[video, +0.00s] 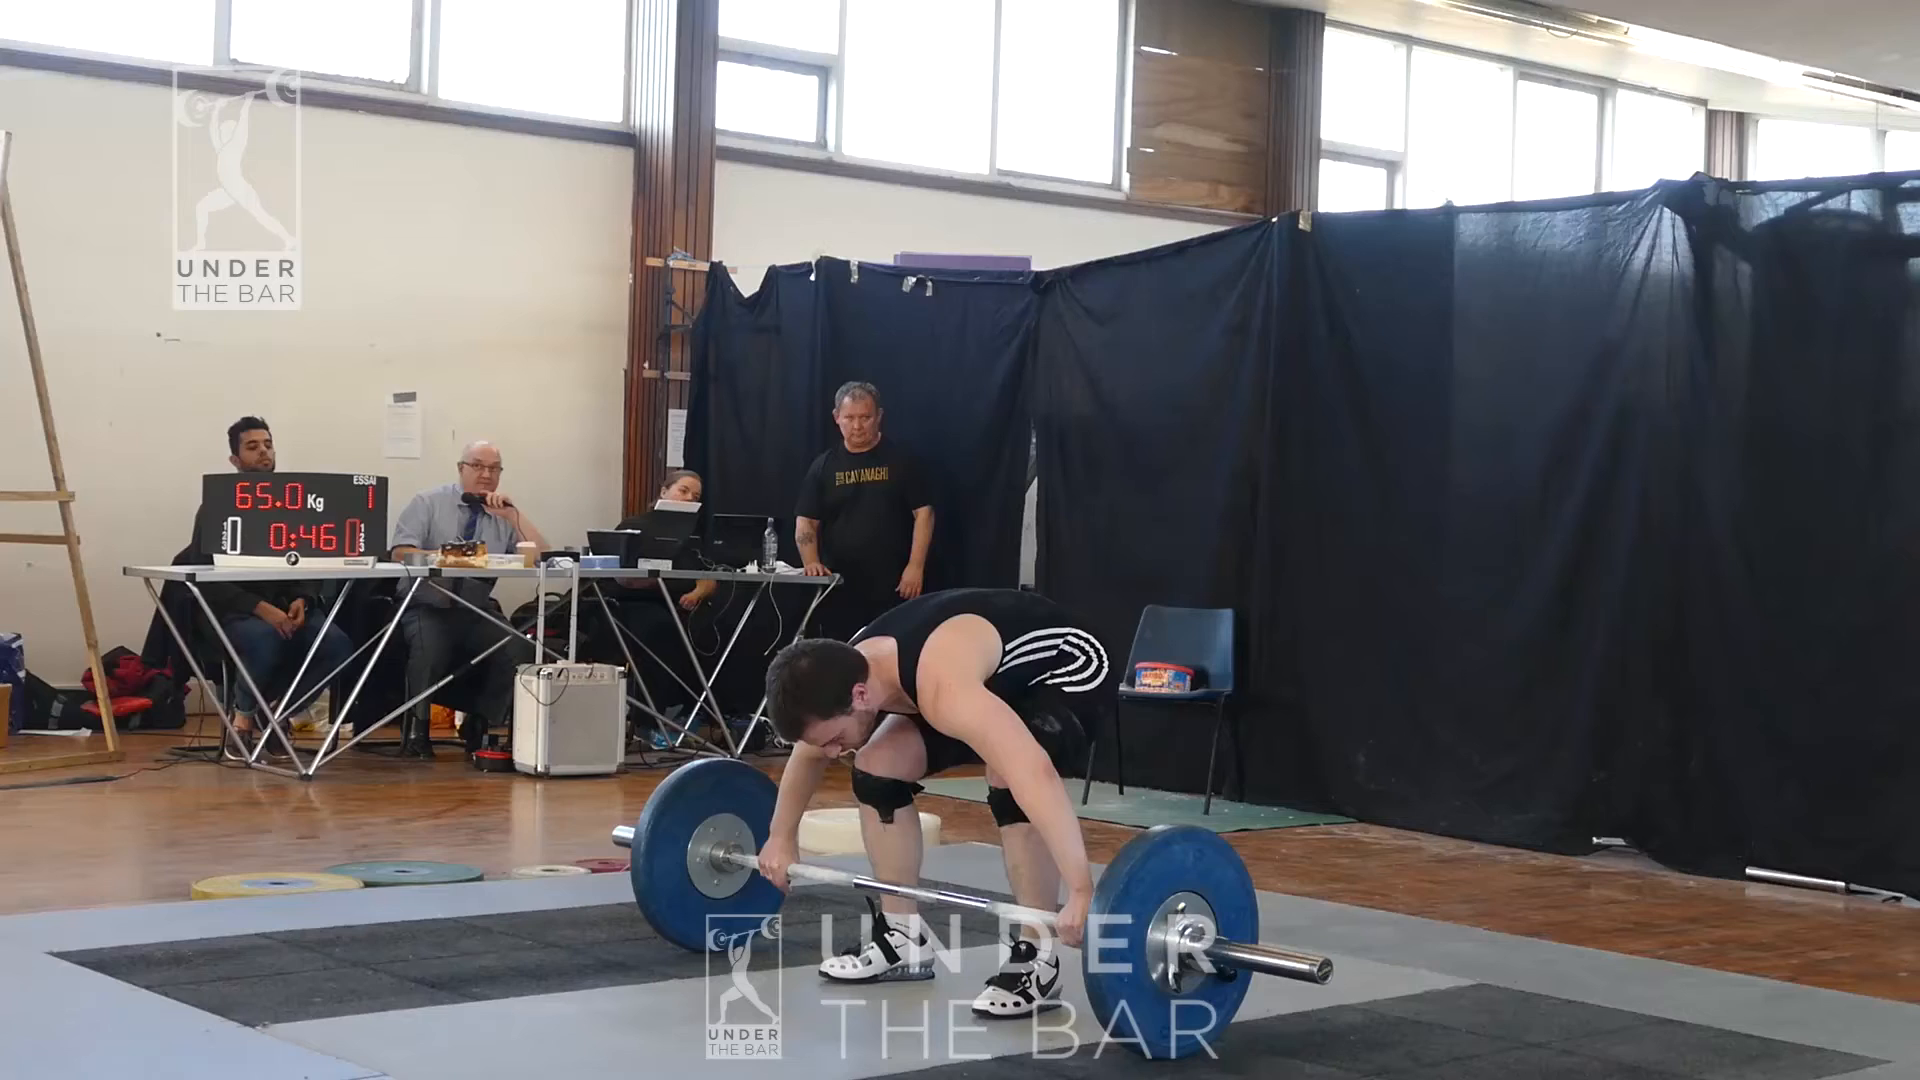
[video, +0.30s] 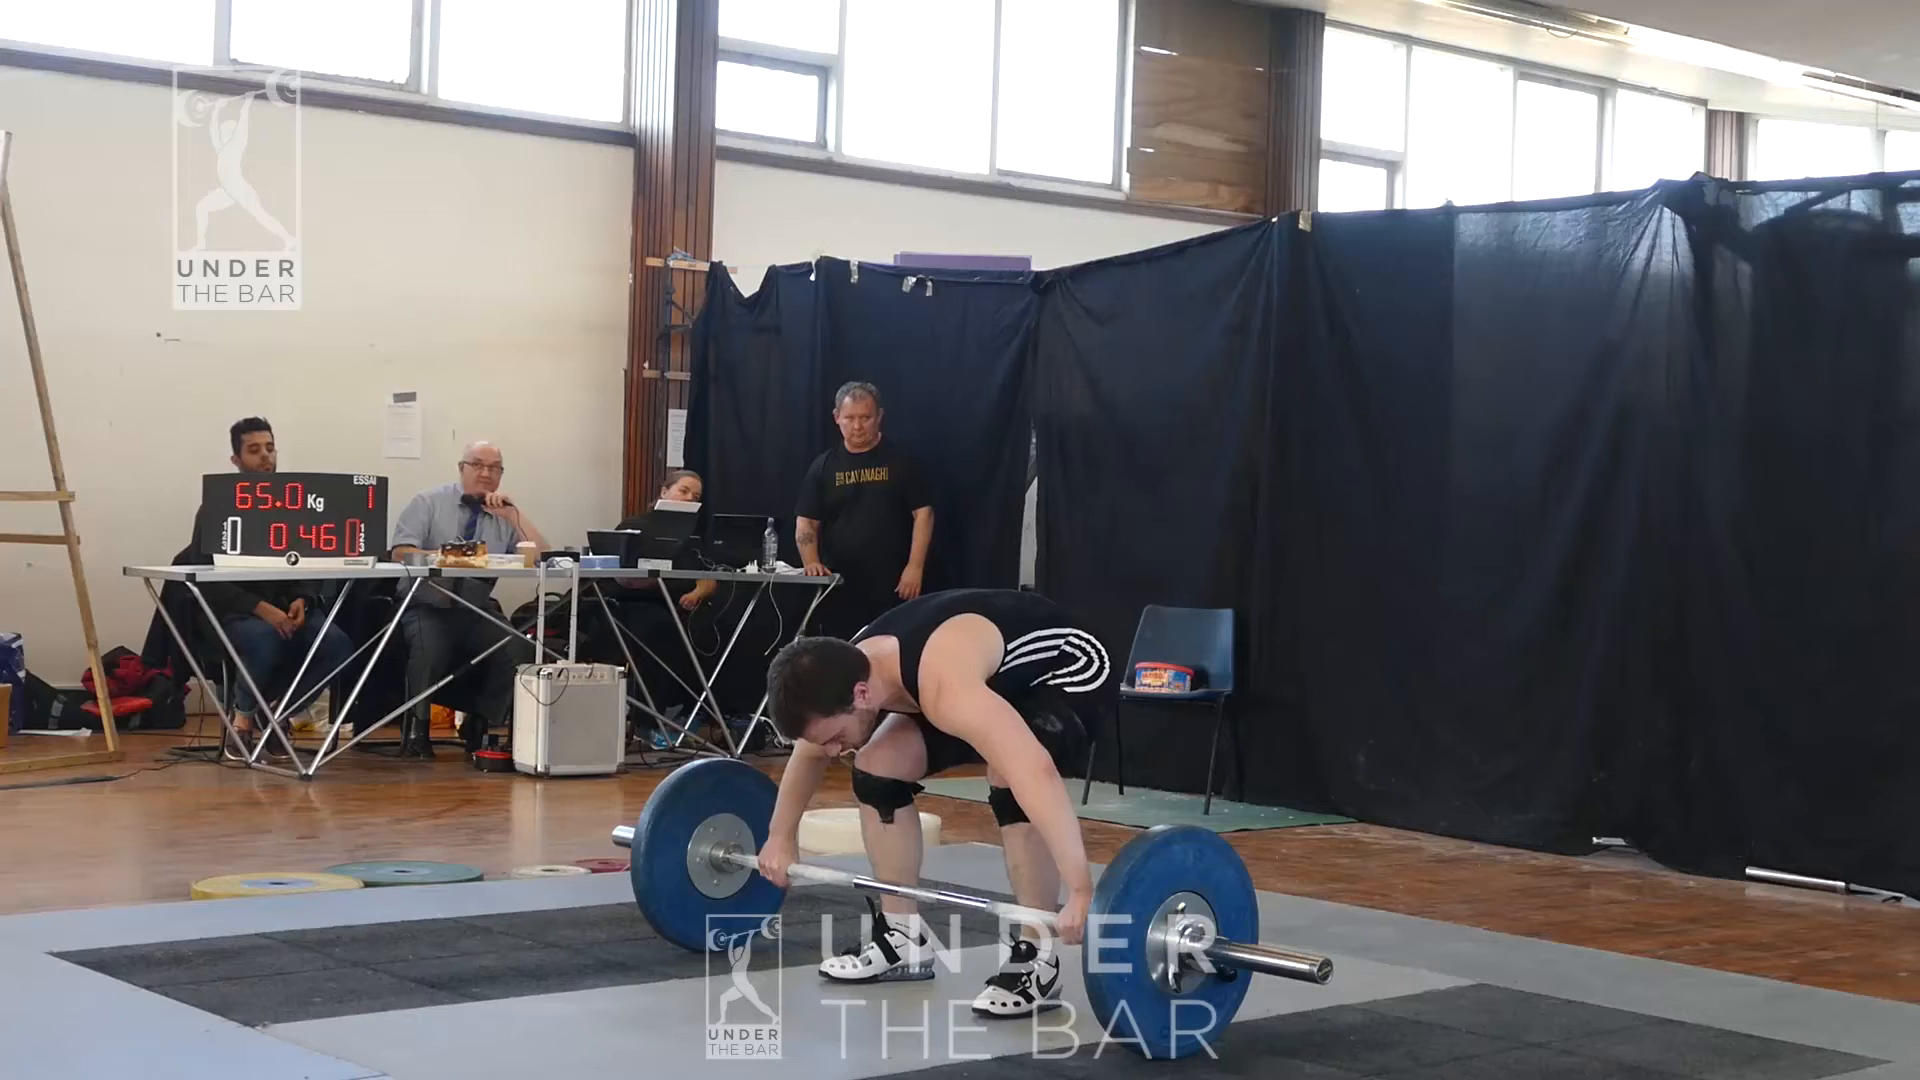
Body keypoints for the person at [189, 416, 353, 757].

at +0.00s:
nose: (263, 451)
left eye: (268, 444)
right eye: (253, 446)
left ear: (274, 450)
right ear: (235, 459)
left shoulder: (291, 495)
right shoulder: (219, 503)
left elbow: (312, 555)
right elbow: (205, 575)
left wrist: (302, 599)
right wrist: (261, 608)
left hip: (288, 606)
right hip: (238, 607)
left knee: (338, 646)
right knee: (265, 641)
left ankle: (277, 717)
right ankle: (242, 720)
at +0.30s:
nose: (266, 455)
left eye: (270, 447)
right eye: (255, 449)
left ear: (276, 451)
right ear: (237, 460)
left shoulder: (292, 496)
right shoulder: (219, 505)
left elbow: (313, 556)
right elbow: (205, 576)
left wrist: (302, 599)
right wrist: (261, 608)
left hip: (288, 607)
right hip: (238, 608)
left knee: (339, 646)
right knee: (265, 641)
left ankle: (278, 717)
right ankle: (242, 721)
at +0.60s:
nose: (266, 457)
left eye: (270, 449)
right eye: (255, 451)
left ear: (277, 453)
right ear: (237, 460)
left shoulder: (293, 498)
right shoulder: (219, 506)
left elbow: (313, 556)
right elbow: (206, 576)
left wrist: (303, 598)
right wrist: (261, 608)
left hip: (288, 607)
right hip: (238, 608)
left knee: (337, 644)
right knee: (264, 640)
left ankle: (277, 718)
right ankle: (242, 720)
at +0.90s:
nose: (265, 455)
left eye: (270, 447)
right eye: (255, 449)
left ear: (277, 452)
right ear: (238, 459)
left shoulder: (293, 497)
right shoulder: (220, 505)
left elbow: (314, 556)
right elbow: (206, 576)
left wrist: (303, 599)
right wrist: (261, 608)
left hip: (289, 607)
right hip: (238, 608)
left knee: (337, 644)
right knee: (264, 641)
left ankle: (277, 718)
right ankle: (242, 720)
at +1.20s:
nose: (265, 453)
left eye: (270, 446)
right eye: (254, 448)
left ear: (277, 452)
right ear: (237, 459)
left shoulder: (292, 497)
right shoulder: (220, 505)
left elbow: (311, 556)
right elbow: (205, 576)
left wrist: (302, 599)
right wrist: (260, 608)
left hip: (288, 607)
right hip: (238, 609)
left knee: (338, 646)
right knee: (265, 641)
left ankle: (278, 718)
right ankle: (242, 718)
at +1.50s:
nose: (265, 454)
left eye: (270, 447)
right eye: (255, 448)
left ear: (277, 452)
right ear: (238, 460)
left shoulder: (293, 496)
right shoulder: (220, 504)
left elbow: (312, 556)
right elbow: (205, 576)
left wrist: (302, 599)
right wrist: (260, 608)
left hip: (288, 607)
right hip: (237, 608)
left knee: (337, 644)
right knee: (264, 641)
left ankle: (278, 717)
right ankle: (242, 719)